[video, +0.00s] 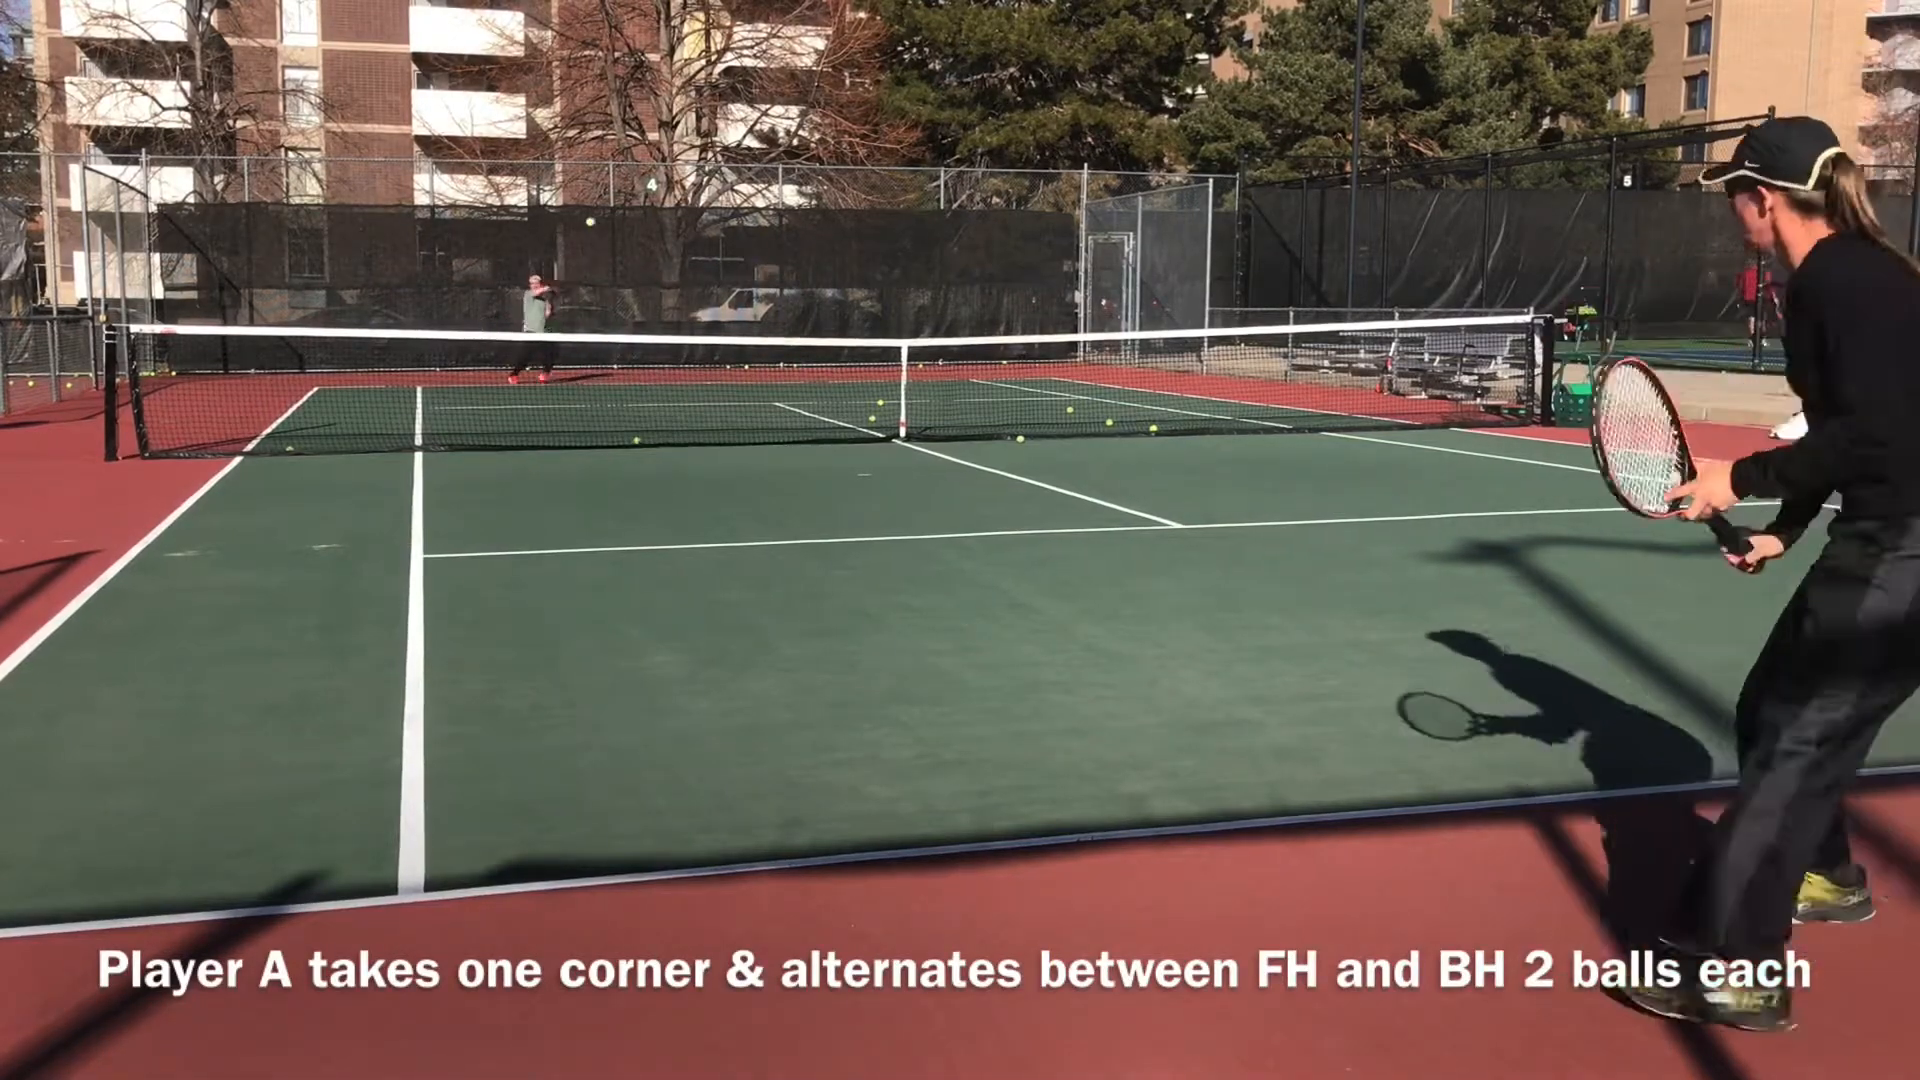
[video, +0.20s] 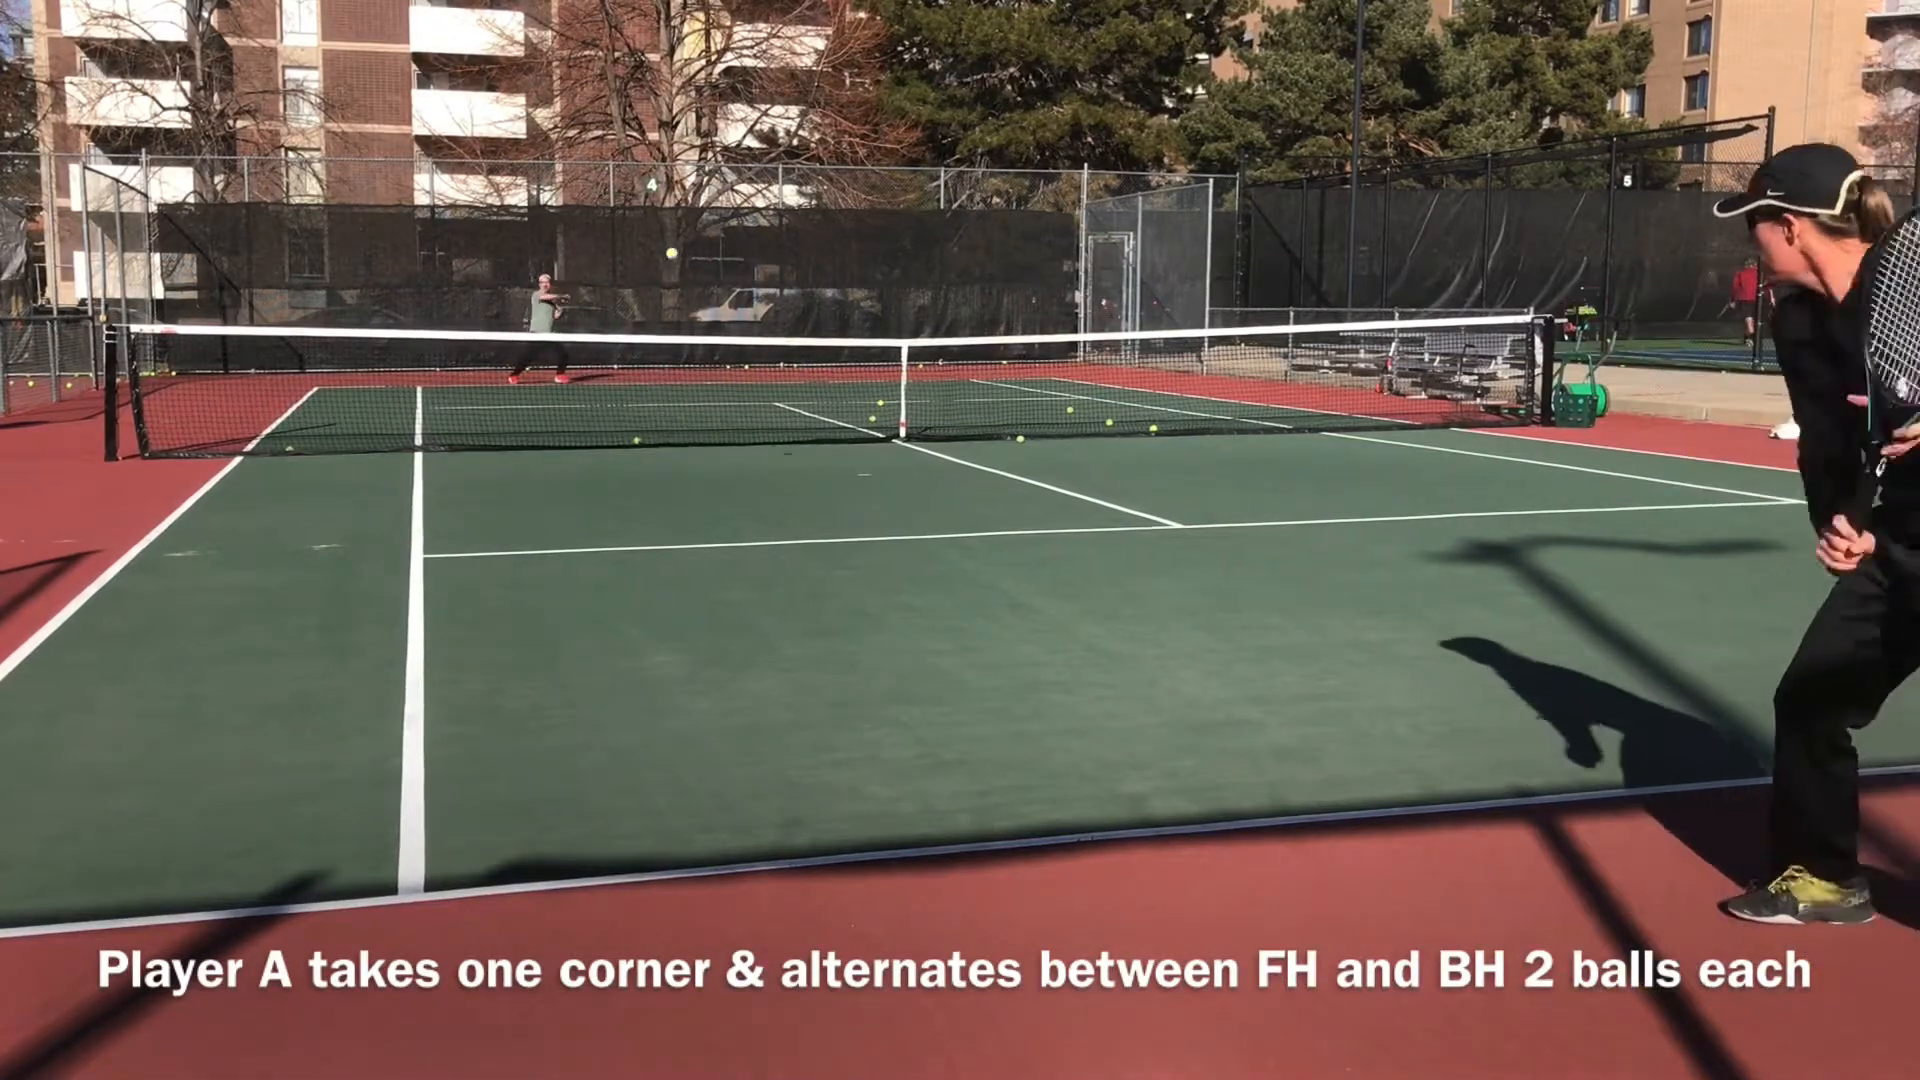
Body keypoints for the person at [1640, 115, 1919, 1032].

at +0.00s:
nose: (1736, 215)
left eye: (1739, 199)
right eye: (1735, 199)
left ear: (1772, 200)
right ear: (1807, 195)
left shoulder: (1841, 282)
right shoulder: (1844, 275)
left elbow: (1865, 438)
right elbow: (1838, 426)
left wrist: (1738, 480)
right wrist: (1786, 524)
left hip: (1891, 549)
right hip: (1881, 540)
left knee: (1788, 734)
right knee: (1778, 707)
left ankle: (1737, 965)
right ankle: (1823, 868)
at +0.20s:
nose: (1755, 249)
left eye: (1758, 232)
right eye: (1753, 233)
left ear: (1796, 228)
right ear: (1809, 227)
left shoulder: (1908, 275)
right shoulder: (1803, 317)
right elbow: (1823, 432)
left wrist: (1918, 428)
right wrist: (1834, 514)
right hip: (1895, 551)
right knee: (1808, 699)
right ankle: (1822, 876)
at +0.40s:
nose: (1778, 286)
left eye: (1782, 266)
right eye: (1776, 269)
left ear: (1826, 263)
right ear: (1832, 264)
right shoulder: (1827, 350)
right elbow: (1909, 429)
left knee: (1828, 692)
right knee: (1823, 693)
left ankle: (1837, 899)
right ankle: (1835, 899)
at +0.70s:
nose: (1773, 252)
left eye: (1785, 233)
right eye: (1772, 236)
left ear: (1841, 226)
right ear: (1830, 232)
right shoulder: (1816, 326)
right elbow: (1790, 465)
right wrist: (1761, 596)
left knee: (1815, 717)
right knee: (1807, 713)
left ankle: (1838, 942)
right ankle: (1837, 944)